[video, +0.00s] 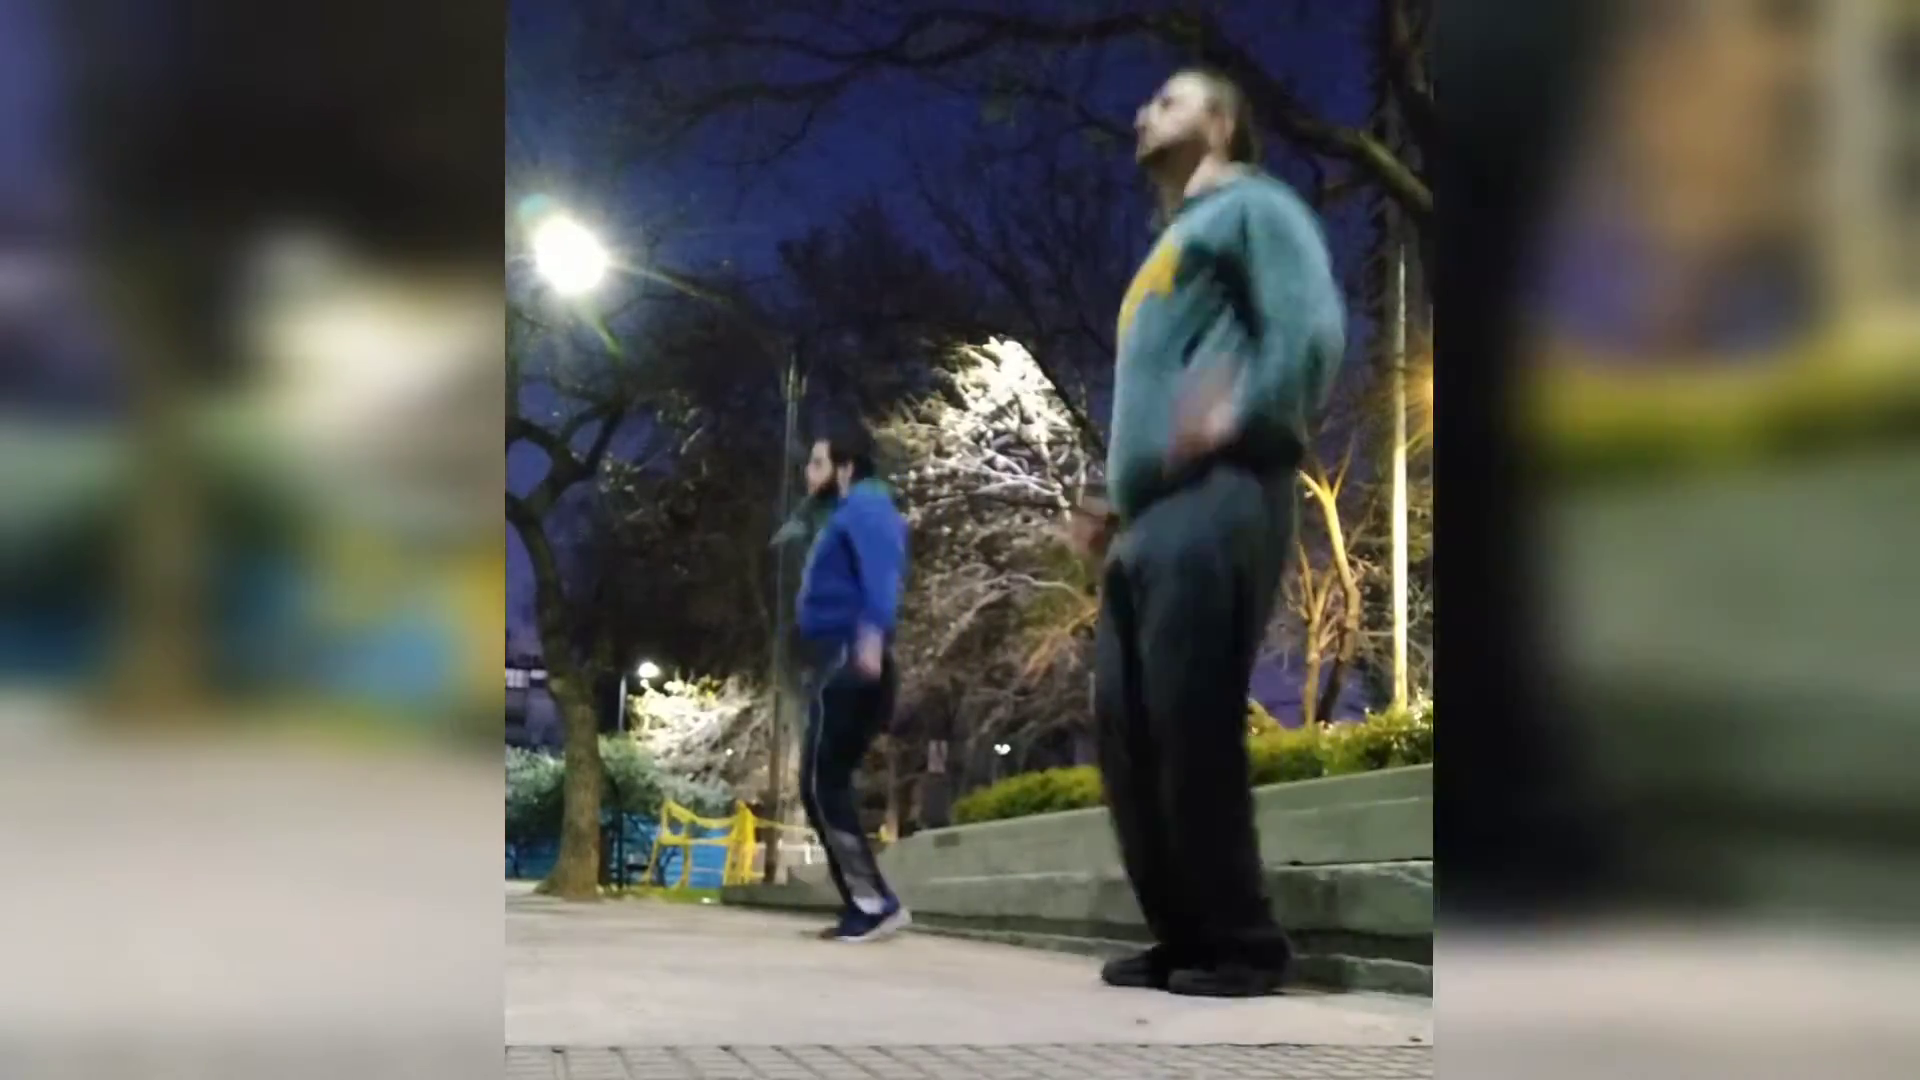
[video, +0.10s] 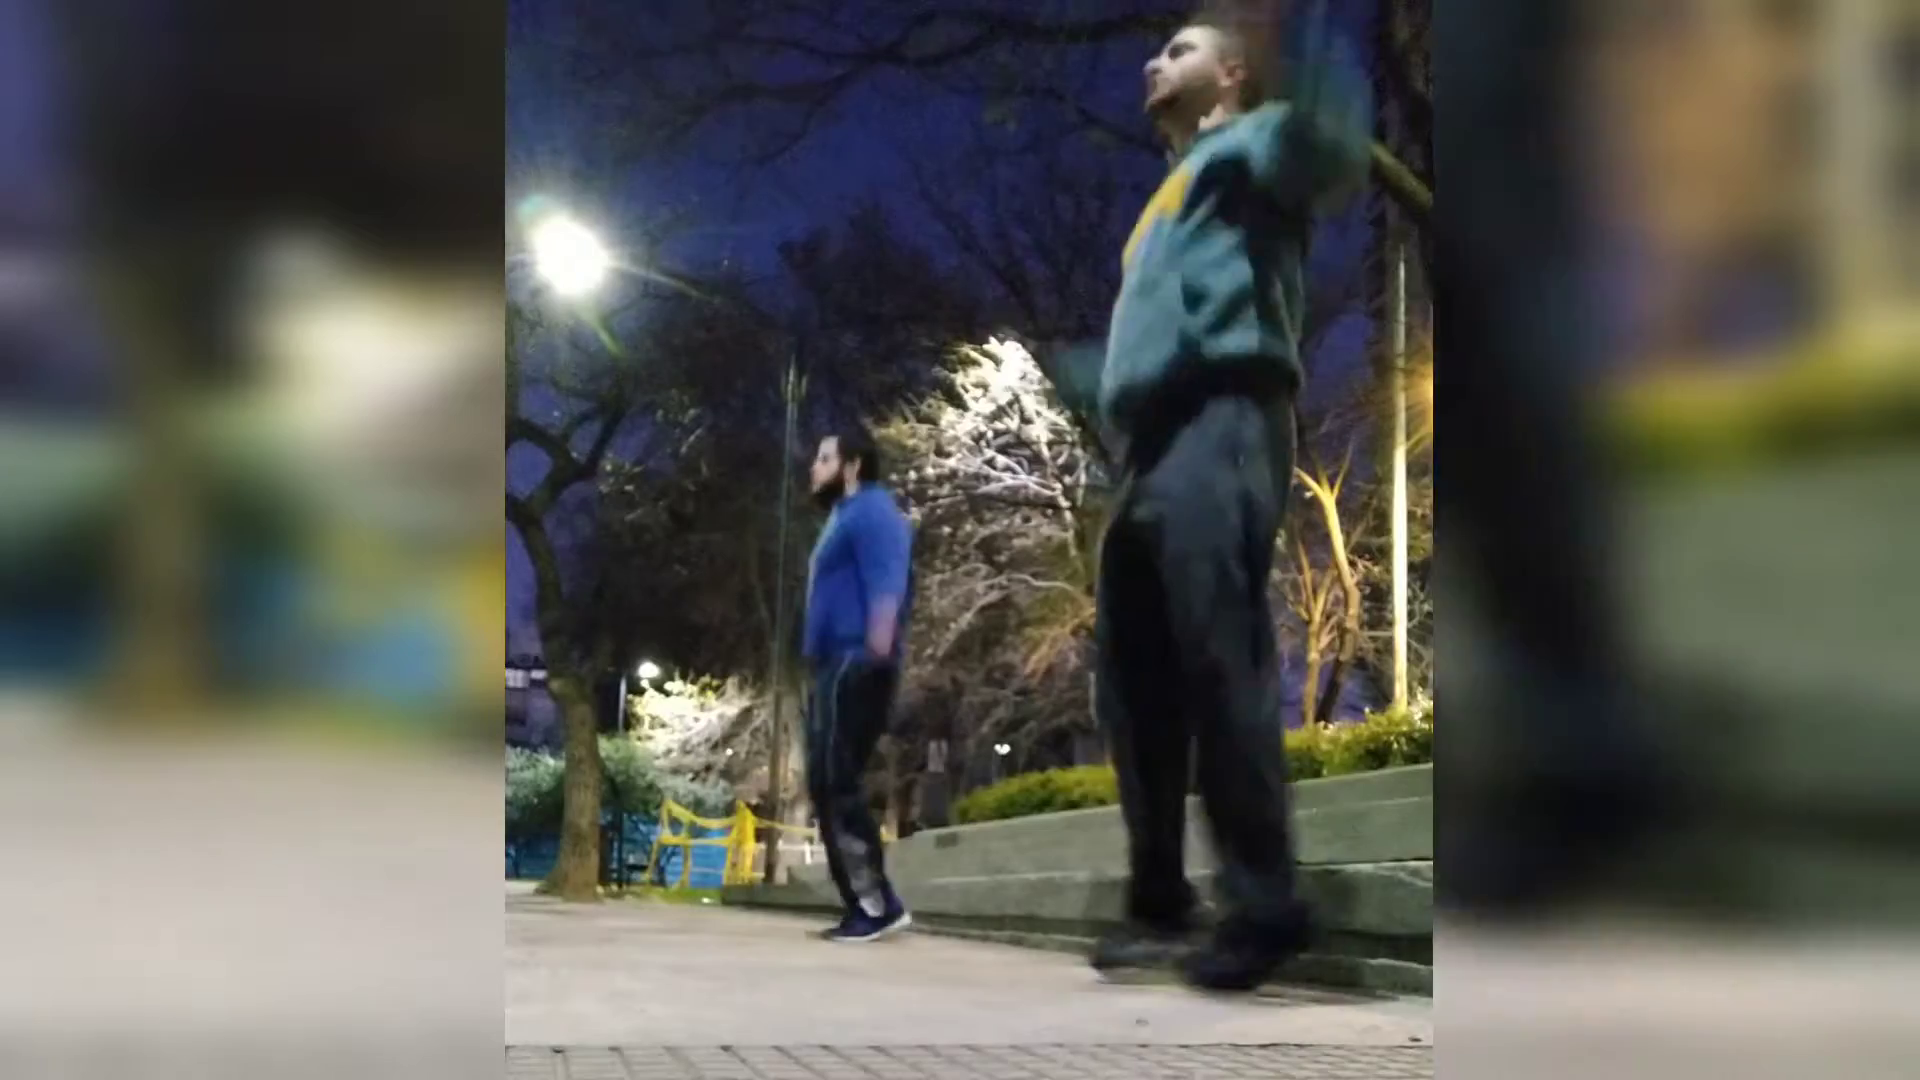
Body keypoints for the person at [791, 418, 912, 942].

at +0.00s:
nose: (809, 469)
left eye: (817, 460)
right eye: (810, 460)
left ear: (845, 465)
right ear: (842, 466)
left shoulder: (866, 504)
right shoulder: (843, 510)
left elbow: (880, 570)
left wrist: (871, 633)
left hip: (854, 654)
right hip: (833, 654)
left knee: (823, 779)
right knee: (820, 782)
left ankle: (872, 900)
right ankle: (861, 901)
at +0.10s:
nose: (815, 467)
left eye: (824, 458)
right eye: (817, 458)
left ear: (852, 464)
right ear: (848, 466)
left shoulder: (872, 509)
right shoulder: (847, 513)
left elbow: (885, 583)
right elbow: (853, 589)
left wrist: (877, 650)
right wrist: (825, 656)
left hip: (857, 662)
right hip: (832, 662)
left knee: (836, 779)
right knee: (827, 781)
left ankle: (876, 902)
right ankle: (859, 902)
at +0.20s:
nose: (820, 447)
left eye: (830, 437)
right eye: (821, 438)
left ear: (860, 442)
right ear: (838, 447)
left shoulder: (883, 477)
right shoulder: (837, 497)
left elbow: (898, 528)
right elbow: (825, 565)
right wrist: (810, 614)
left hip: (863, 624)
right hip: (827, 629)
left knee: (858, 753)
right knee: (835, 761)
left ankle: (878, 882)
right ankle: (850, 890)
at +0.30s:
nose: (826, 445)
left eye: (835, 436)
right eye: (825, 438)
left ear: (863, 442)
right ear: (836, 450)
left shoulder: (881, 489)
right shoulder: (836, 495)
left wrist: (897, 363)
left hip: (865, 622)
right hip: (829, 626)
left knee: (862, 743)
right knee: (832, 757)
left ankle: (899, 874)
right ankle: (846, 879)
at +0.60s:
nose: (832, 469)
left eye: (840, 458)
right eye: (829, 461)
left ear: (869, 456)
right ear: (844, 464)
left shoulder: (891, 499)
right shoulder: (848, 515)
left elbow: (912, 443)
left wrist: (894, 380)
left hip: (871, 644)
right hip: (833, 649)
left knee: (871, 772)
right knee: (834, 783)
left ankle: (910, 898)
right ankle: (852, 892)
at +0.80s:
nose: (834, 450)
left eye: (844, 440)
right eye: (835, 441)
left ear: (873, 447)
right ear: (863, 451)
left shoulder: (892, 484)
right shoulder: (856, 496)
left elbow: (925, 553)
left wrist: (902, 589)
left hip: (871, 631)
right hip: (839, 634)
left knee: (847, 756)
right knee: (829, 762)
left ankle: (879, 887)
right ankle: (857, 890)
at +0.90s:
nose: (832, 473)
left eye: (842, 464)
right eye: (835, 464)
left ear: (870, 470)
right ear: (866, 472)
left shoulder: (890, 513)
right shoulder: (863, 519)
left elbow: (913, 577)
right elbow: (864, 592)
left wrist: (905, 645)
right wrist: (835, 661)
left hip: (871, 665)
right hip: (844, 665)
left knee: (836, 781)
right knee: (828, 782)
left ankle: (875, 906)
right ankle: (862, 903)